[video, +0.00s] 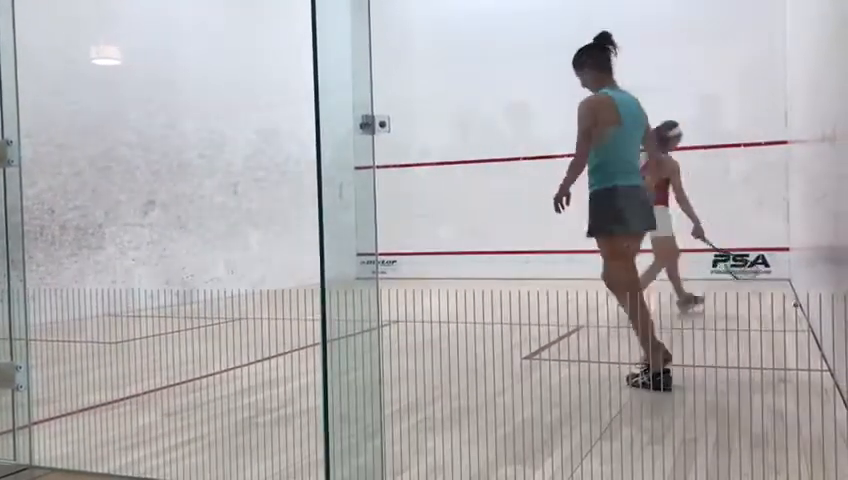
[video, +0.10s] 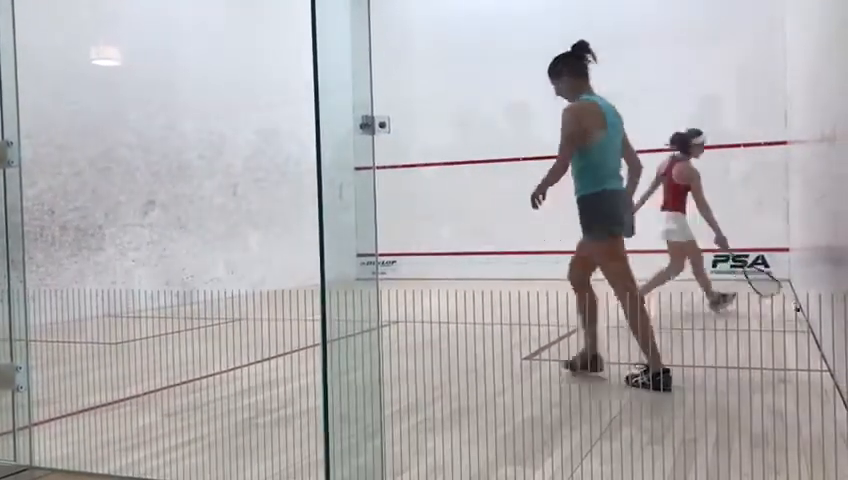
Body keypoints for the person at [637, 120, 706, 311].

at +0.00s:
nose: (678, 143)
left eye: (678, 138)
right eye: (676, 139)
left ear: (659, 139)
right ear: (670, 140)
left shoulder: (646, 160)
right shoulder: (669, 164)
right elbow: (680, 196)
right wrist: (696, 222)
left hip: (647, 210)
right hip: (660, 212)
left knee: (671, 254)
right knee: (664, 256)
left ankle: (682, 296)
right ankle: (634, 292)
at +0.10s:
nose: (703, 149)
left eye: (703, 145)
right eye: (700, 145)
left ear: (686, 146)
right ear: (691, 147)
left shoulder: (667, 164)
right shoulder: (690, 171)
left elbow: (650, 190)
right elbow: (702, 206)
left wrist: (632, 210)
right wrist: (718, 233)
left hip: (668, 221)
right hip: (677, 222)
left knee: (696, 257)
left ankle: (712, 297)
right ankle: (638, 294)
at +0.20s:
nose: (727, 162)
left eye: (727, 159)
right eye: (723, 159)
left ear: (710, 160)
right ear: (712, 161)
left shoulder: (691, 175)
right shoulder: (709, 185)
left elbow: (673, 195)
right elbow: (721, 221)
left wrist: (655, 214)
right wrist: (735, 250)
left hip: (686, 230)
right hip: (692, 232)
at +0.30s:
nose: (743, 167)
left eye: (743, 164)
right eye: (740, 164)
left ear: (725, 164)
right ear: (728, 164)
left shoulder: (709, 177)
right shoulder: (718, 185)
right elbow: (725, 225)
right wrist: (732, 253)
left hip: (696, 230)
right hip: (699, 232)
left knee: (727, 260)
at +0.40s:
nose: (751, 162)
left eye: (752, 158)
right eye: (749, 157)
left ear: (736, 156)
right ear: (737, 156)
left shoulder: (724, 172)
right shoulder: (722, 176)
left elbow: (719, 199)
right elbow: (712, 211)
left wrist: (733, 215)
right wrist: (715, 241)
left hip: (711, 221)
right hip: (705, 224)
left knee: (730, 259)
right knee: (729, 260)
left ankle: (725, 301)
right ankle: (690, 291)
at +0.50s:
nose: (757, 150)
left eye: (757, 146)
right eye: (754, 146)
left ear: (743, 147)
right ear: (742, 146)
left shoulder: (737, 162)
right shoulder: (725, 167)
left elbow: (732, 186)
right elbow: (703, 197)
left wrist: (753, 197)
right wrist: (704, 223)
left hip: (720, 212)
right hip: (713, 213)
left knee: (736, 254)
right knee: (732, 255)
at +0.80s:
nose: (757, 140)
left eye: (759, 136)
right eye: (753, 137)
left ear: (759, 138)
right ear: (742, 137)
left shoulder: (759, 158)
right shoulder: (730, 160)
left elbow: (759, 181)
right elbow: (715, 188)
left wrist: (765, 191)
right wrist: (716, 218)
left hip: (751, 211)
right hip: (732, 212)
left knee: (747, 258)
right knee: (740, 259)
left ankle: (730, 297)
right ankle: (754, 304)